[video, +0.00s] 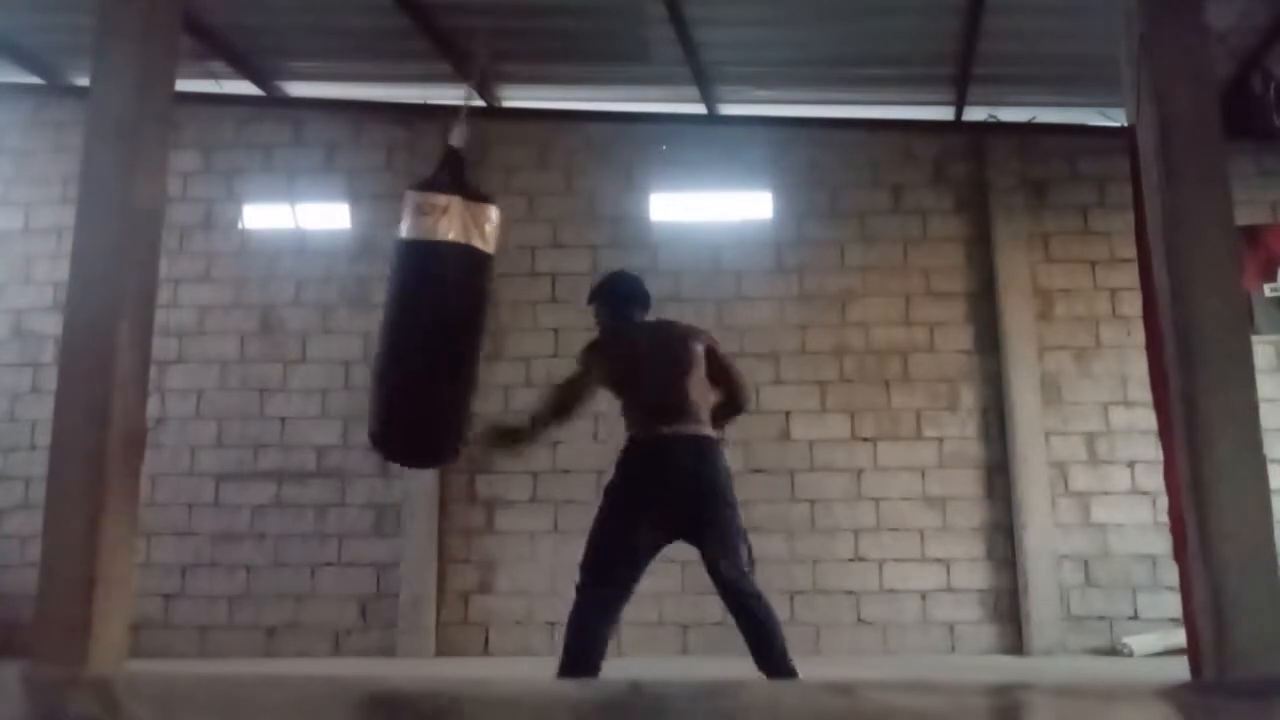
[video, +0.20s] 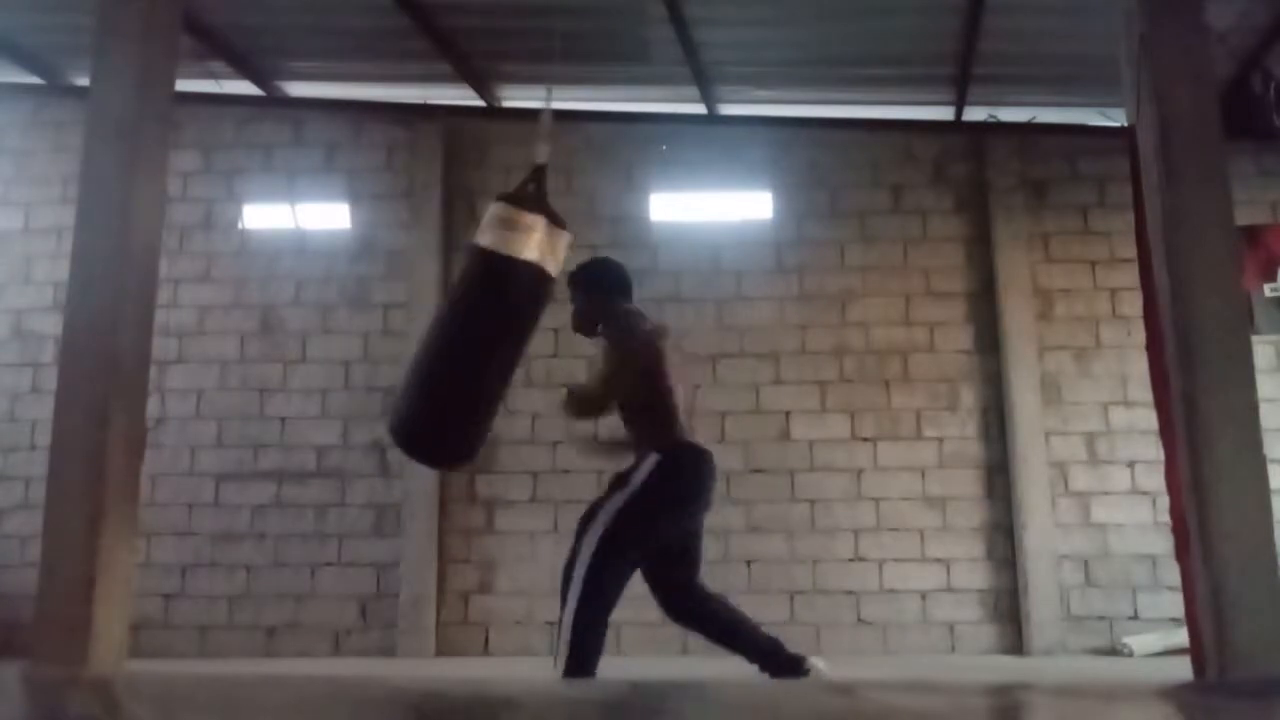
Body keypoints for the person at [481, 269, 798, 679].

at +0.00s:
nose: (597, 322)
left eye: (599, 312)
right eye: (597, 312)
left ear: (609, 309)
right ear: (644, 307)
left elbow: (564, 402)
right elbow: (739, 396)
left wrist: (526, 430)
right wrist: (709, 422)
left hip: (644, 469)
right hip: (703, 466)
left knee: (600, 590)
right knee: (738, 582)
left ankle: (571, 699)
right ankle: (788, 687)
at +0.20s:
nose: (573, 313)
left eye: (577, 302)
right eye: (572, 302)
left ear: (599, 298)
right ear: (613, 296)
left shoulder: (625, 328)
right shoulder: (637, 333)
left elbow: (604, 394)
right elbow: (654, 430)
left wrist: (579, 400)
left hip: (665, 464)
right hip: (686, 465)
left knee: (595, 544)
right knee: (680, 594)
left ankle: (574, 679)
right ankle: (787, 666)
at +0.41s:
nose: (606, 330)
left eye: (612, 317)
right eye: (606, 318)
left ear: (638, 316)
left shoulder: (673, 346)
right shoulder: (656, 380)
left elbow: (696, 346)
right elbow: (627, 446)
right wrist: (558, 432)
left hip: (698, 485)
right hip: (713, 490)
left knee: (618, 558)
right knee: (678, 614)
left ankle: (578, 691)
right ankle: (797, 675)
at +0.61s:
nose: (650, 293)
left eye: (656, 282)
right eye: (650, 282)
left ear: (680, 280)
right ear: (690, 282)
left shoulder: (722, 308)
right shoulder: (718, 325)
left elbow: (696, 354)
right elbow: (712, 409)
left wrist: (659, 312)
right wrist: (662, 375)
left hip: (737, 449)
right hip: (763, 451)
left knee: (679, 532)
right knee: (743, 573)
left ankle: (682, 671)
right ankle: (812, 676)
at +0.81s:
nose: (688, 291)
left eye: (693, 280)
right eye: (687, 281)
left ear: (716, 276)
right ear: (730, 275)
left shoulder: (751, 310)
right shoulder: (765, 319)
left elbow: (730, 378)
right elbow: (738, 395)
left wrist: (693, 330)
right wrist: (697, 335)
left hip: (761, 453)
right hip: (790, 451)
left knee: (721, 570)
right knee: (759, 570)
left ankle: (785, 677)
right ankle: (845, 664)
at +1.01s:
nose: (723, 291)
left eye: (727, 282)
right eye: (722, 283)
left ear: (748, 278)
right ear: (760, 277)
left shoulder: (790, 310)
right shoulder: (771, 324)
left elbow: (774, 375)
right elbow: (753, 397)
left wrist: (732, 326)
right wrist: (730, 336)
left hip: (802, 448)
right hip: (827, 446)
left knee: (763, 564)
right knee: (809, 569)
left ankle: (796, 679)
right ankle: (893, 666)